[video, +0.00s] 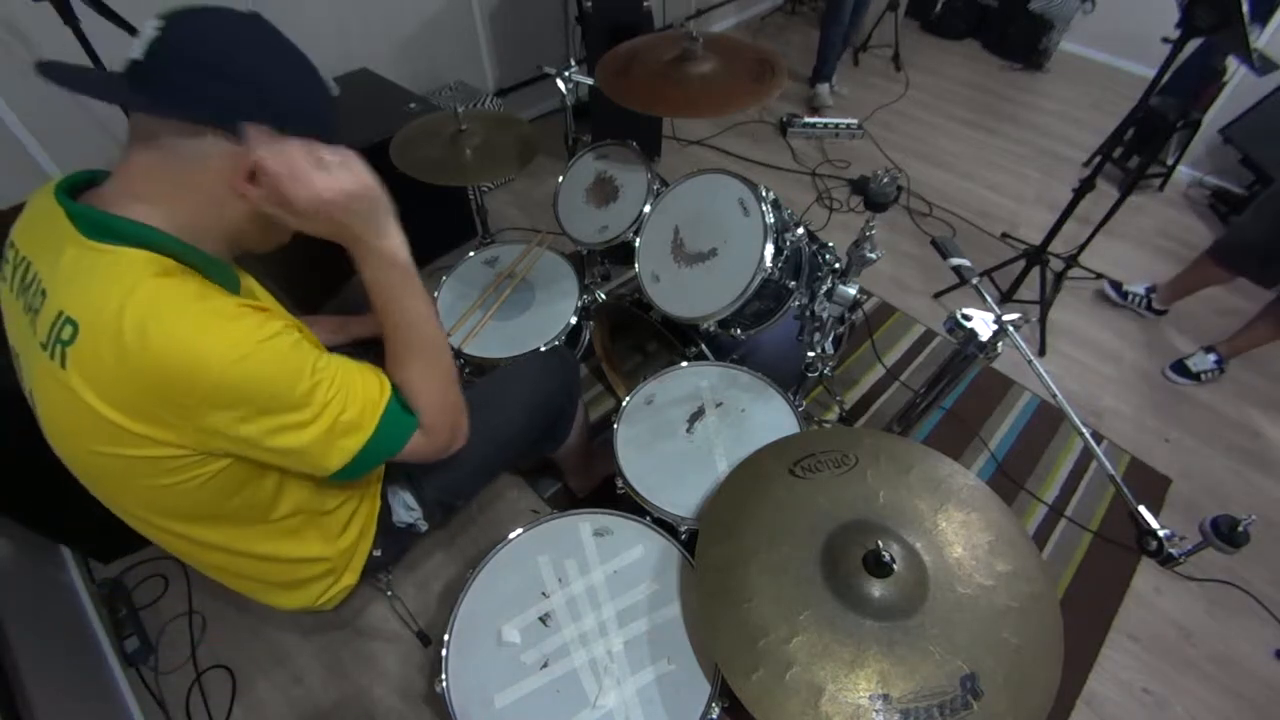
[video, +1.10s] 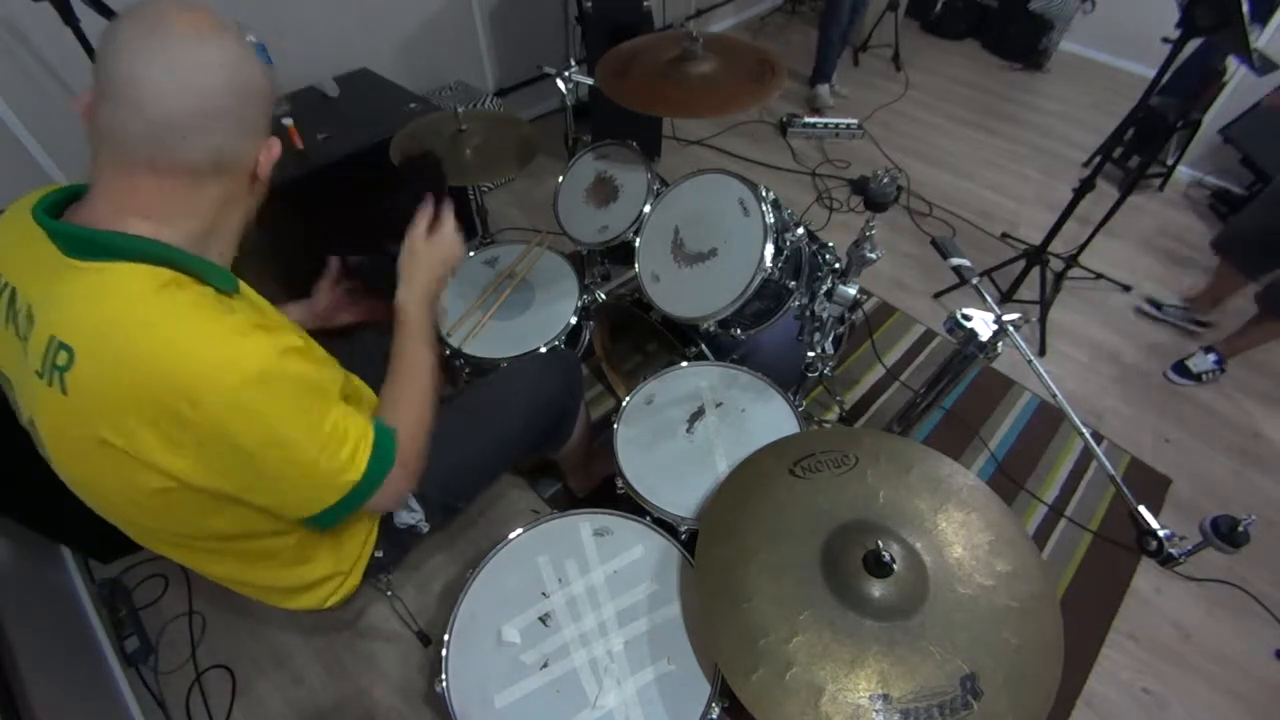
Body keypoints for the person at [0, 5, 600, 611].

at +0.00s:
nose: (308, 189)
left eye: (313, 165)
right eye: (303, 164)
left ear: (146, 128)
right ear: (255, 169)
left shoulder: (51, 217)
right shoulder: (198, 344)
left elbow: (224, 335)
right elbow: (440, 429)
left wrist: (376, 322)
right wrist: (375, 236)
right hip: (334, 532)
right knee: (552, 366)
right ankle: (583, 472)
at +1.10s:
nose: (275, 150)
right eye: (275, 136)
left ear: (88, 115)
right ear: (264, 165)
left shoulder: (28, 227)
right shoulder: (228, 370)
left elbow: (144, 348)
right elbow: (395, 475)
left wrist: (300, 315)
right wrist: (420, 302)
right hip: (337, 532)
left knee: (404, 325)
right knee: (554, 368)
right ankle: (583, 470)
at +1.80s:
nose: (218, 130)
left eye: (205, 112)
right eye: (212, 120)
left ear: (35, 174)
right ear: (205, 170)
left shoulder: (19, 265)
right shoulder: (207, 389)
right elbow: (340, 556)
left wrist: (241, 309)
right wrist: (421, 379)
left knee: (371, 264)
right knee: (555, 370)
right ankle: (581, 468)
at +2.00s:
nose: (249, 207)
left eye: (248, 188)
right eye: (240, 194)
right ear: (193, 230)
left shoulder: (21, 233)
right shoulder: (157, 422)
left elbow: (191, 292)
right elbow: (384, 527)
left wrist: (266, 240)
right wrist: (414, 298)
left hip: (265, 385)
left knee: (406, 324)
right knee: (552, 376)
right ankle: (582, 467)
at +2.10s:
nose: (285, 229)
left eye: (279, 211)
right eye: (274, 221)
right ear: (193, 258)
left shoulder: (30, 219)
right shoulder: (124, 419)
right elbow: (398, 498)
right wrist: (352, 254)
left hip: (249, 376)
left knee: (387, 286)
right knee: (553, 379)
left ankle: (427, 386)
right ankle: (577, 470)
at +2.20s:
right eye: (244, 257)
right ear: (196, 261)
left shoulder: (36, 215)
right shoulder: (91, 411)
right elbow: (405, 474)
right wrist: (275, 224)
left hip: (240, 369)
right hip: (330, 516)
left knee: (414, 288)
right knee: (553, 380)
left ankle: (428, 394)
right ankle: (576, 469)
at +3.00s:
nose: (292, 208)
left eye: (287, 187)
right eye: (272, 195)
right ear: (161, 217)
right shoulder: (78, 366)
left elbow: (318, 287)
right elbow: (425, 391)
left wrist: (327, 184)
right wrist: (190, 156)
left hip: (269, 364)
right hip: (341, 503)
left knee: (488, 277)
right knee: (553, 376)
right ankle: (575, 470)